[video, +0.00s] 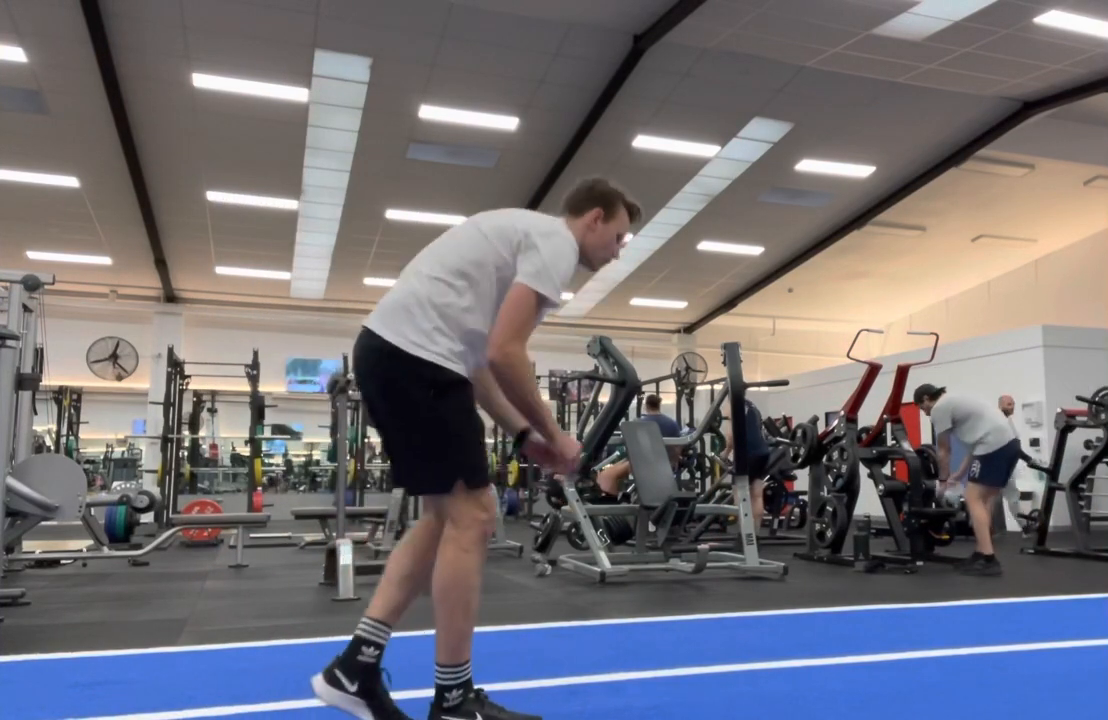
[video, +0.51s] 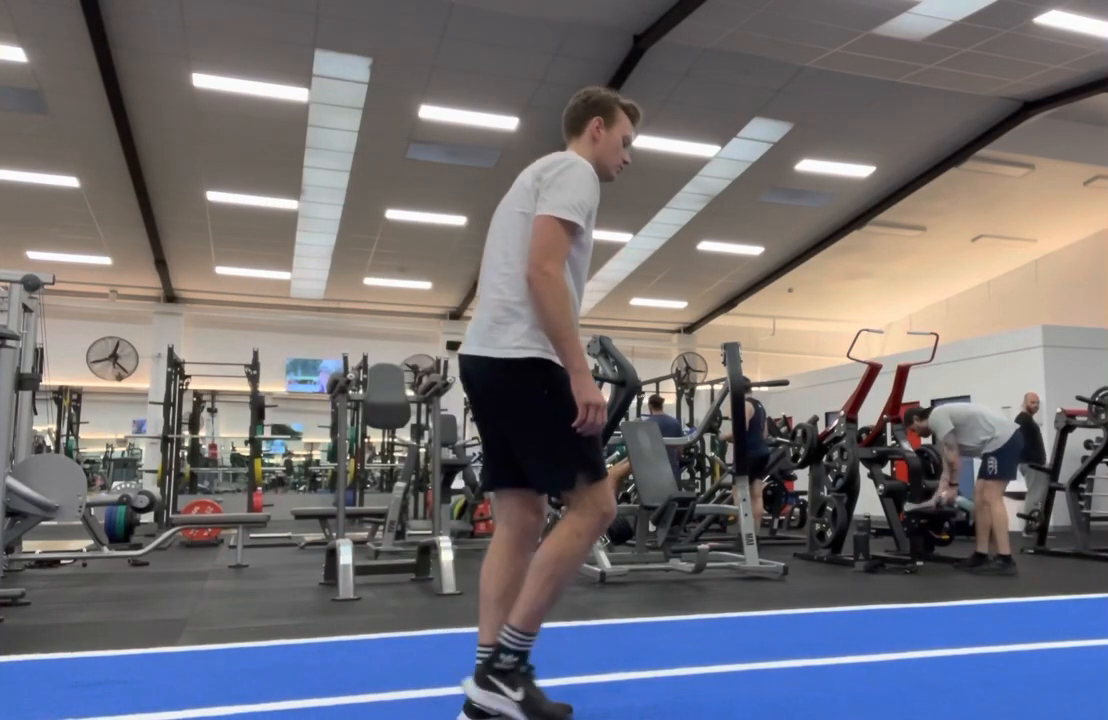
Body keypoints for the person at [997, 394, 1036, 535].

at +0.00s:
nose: (1011, 407)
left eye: (1012, 404)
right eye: (1008, 404)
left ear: (1013, 405)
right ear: (1001, 406)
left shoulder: (1008, 421)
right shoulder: (1002, 422)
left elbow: (1015, 444)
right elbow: (1012, 446)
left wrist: (1028, 458)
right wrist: (1029, 459)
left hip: (1004, 465)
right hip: (1001, 466)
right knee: (1012, 494)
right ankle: (1023, 525)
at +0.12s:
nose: (1018, 407)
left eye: (1018, 404)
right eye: (1015, 404)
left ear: (1018, 406)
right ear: (1006, 405)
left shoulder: (1011, 421)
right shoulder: (1005, 423)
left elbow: (1017, 447)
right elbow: (1016, 450)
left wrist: (1029, 462)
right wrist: (1030, 463)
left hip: (1007, 461)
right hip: (1010, 462)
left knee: (1004, 492)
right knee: (1020, 493)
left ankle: (984, 517)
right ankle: (1026, 527)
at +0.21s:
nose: (1023, 406)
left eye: (1024, 403)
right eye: (1020, 403)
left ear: (1025, 405)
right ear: (1012, 404)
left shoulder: (1017, 420)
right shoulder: (1011, 421)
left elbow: (1021, 444)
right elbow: (1011, 445)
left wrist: (1025, 463)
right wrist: (1012, 466)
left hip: (1021, 462)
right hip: (1019, 463)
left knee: (1014, 494)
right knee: (1024, 495)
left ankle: (991, 517)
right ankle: (1027, 527)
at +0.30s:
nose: (1027, 405)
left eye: (1029, 402)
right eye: (1024, 402)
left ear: (1030, 404)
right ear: (1017, 403)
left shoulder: (1022, 420)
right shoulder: (1016, 420)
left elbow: (1024, 443)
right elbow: (1015, 445)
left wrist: (1030, 461)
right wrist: (1020, 465)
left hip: (1028, 463)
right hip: (1024, 465)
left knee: (1026, 495)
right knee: (1029, 496)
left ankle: (1003, 513)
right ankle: (1028, 527)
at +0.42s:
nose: (1032, 405)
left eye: (1033, 402)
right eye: (1029, 402)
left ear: (1035, 404)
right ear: (1021, 403)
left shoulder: (1025, 420)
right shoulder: (1020, 420)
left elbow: (1029, 443)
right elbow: (1024, 444)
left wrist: (1035, 461)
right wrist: (1032, 462)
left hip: (1029, 462)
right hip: (1026, 463)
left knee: (1035, 489)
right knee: (1039, 486)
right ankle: (1021, 515)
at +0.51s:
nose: (1035, 405)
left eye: (1037, 403)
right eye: (1032, 402)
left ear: (1039, 404)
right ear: (1025, 403)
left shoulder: (1029, 420)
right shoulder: (1024, 420)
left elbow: (1030, 443)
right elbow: (1023, 443)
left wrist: (1041, 461)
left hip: (1035, 463)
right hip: (1030, 463)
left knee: (1037, 495)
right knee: (1036, 494)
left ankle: (1034, 526)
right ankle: (1030, 527)